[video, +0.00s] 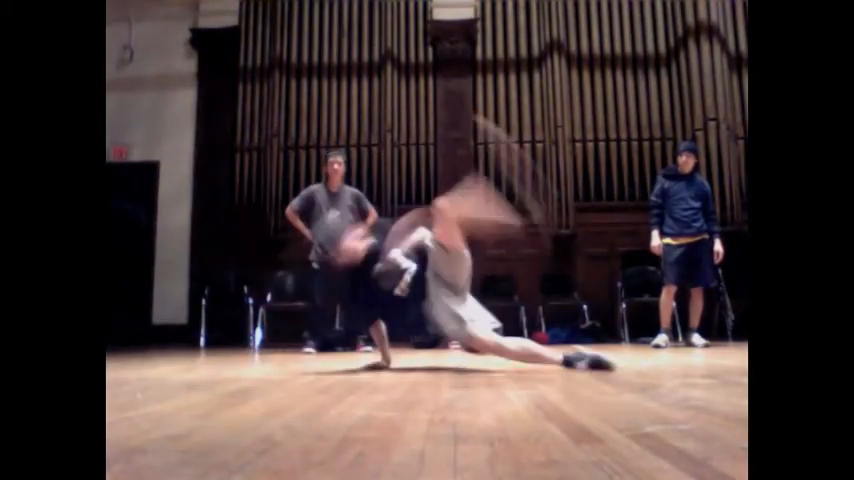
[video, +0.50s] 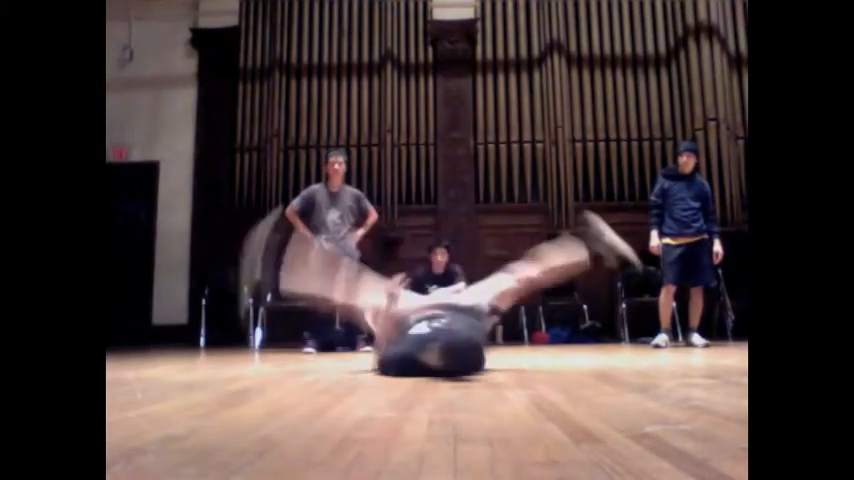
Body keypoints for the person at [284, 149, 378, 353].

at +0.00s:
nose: (336, 167)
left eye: (339, 164)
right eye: (332, 164)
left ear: (344, 169)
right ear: (326, 168)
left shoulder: (353, 194)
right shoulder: (314, 192)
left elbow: (373, 215)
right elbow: (290, 211)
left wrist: (358, 235)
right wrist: (308, 233)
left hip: (347, 256)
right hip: (321, 256)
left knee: (350, 300)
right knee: (319, 301)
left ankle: (356, 339)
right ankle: (315, 339)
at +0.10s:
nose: (336, 167)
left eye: (339, 164)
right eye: (332, 164)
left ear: (344, 169)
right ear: (326, 168)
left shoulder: (353, 194)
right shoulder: (314, 192)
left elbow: (373, 214)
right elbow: (290, 211)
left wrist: (358, 234)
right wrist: (310, 236)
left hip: (347, 252)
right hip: (322, 252)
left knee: (352, 297)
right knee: (316, 298)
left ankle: (360, 338)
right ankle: (312, 339)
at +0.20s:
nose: (336, 167)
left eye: (339, 164)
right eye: (333, 164)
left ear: (345, 168)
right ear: (326, 168)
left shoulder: (353, 194)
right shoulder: (314, 192)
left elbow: (373, 214)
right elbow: (290, 211)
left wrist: (358, 235)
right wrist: (309, 236)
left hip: (347, 256)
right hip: (322, 256)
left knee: (349, 299)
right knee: (320, 300)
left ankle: (349, 341)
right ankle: (315, 339)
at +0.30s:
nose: (336, 168)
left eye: (339, 164)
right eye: (333, 164)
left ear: (345, 168)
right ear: (326, 168)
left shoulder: (353, 194)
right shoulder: (315, 192)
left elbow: (372, 214)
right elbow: (290, 211)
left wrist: (357, 234)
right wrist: (309, 236)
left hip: (348, 254)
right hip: (322, 255)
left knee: (350, 301)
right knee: (321, 301)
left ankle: (351, 341)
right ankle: (316, 339)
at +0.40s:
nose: (336, 167)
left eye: (340, 164)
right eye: (333, 163)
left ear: (345, 168)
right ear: (326, 168)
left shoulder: (354, 194)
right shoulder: (314, 192)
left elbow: (373, 215)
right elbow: (290, 211)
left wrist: (359, 234)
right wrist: (310, 237)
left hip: (347, 254)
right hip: (321, 254)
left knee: (350, 299)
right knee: (319, 299)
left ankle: (354, 340)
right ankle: (317, 340)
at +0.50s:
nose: (336, 167)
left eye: (340, 164)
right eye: (333, 163)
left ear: (345, 168)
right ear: (326, 167)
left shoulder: (354, 194)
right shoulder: (314, 192)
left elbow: (373, 215)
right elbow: (290, 211)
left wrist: (358, 234)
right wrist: (309, 237)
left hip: (347, 252)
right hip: (320, 250)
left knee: (349, 297)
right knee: (318, 294)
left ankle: (358, 338)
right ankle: (312, 339)